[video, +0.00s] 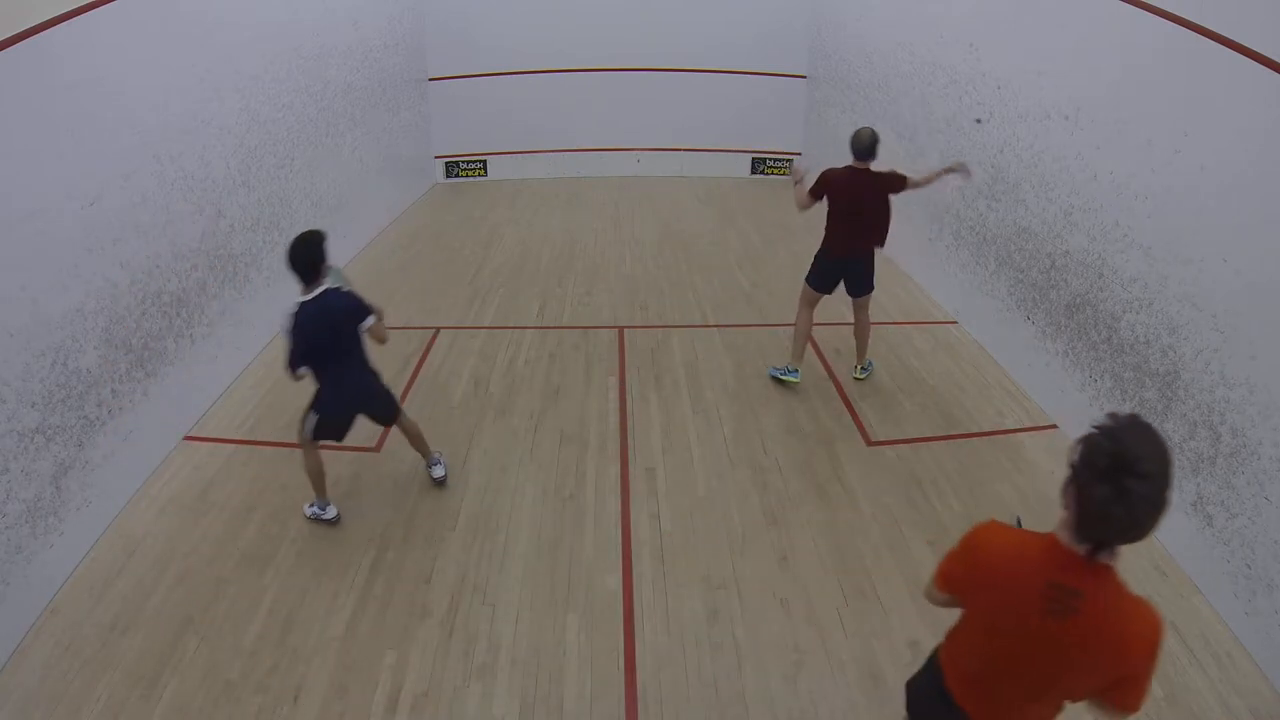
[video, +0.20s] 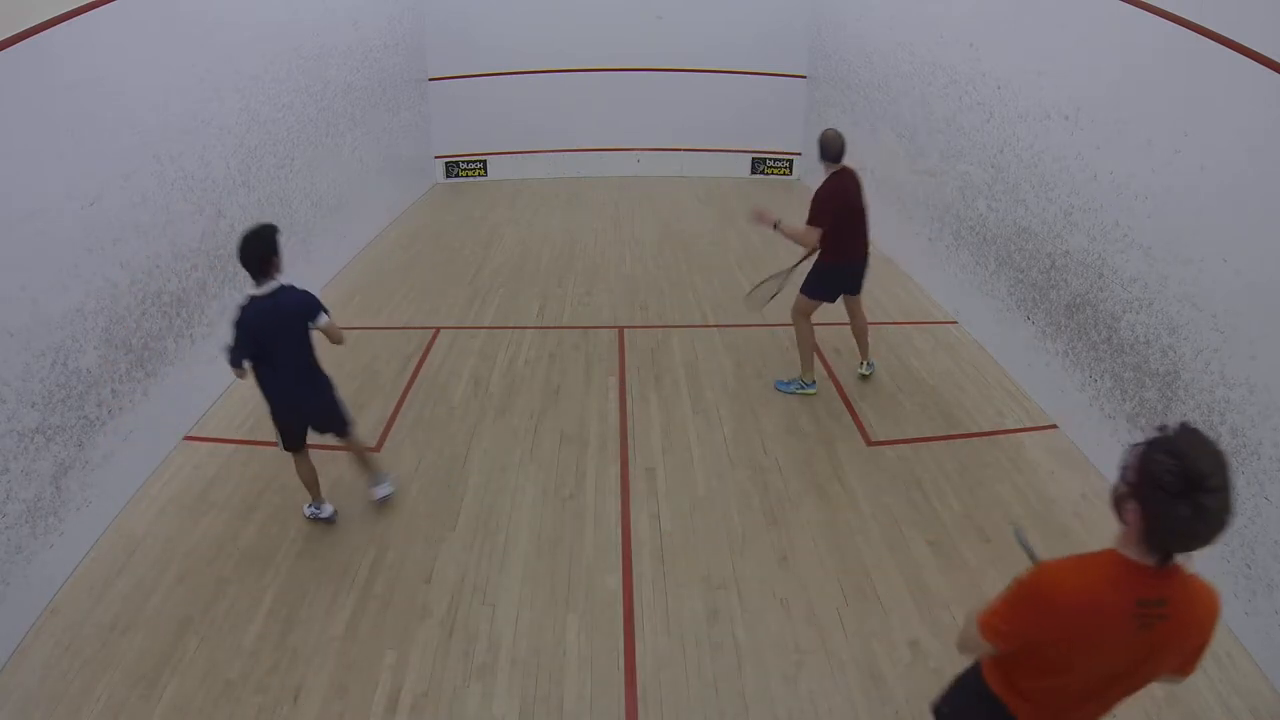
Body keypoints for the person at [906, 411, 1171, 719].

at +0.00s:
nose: (1066, 476)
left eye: (1071, 471)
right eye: (1072, 467)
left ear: (1070, 491)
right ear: (1145, 523)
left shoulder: (994, 547)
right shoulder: (1139, 629)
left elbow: (937, 593)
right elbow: (1114, 706)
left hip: (939, 697)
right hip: (1027, 716)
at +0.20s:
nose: (1119, 475)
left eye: (1126, 474)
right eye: (1127, 469)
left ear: (1132, 513)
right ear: (1197, 527)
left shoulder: (1059, 583)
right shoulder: (1200, 606)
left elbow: (970, 640)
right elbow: (1173, 672)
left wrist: (1024, 593)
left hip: (993, 700)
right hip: (1079, 713)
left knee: (950, 711)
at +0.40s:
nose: (1165, 463)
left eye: (1174, 468)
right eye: (1175, 459)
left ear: (1184, 517)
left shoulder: (1125, 593)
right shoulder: (1234, 579)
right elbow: (1232, 651)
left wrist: (1012, 666)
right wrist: (1155, 652)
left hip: (1061, 713)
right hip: (1132, 711)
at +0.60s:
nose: (1180, 475)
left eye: (1195, 481)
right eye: (1191, 465)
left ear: (1226, 528)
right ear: (1229, 530)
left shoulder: (1165, 604)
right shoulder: (1244, 577)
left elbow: (1127, 712)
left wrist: (1057, 716)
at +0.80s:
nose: (1191, 504)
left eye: (1211, 508)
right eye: (1201, 490)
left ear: (1251, 546)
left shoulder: (1198, 630)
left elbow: (1168, 711)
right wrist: (1100, 676)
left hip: (1077, 717)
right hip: (1079, 705)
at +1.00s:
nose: (1198, 522)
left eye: (1222, 525)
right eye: (1207, 503)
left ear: (1262, 555)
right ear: (1208, 488)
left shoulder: (1199, 637)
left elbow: (1170, 710)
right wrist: (1102, 679)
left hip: (1085, 715)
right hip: (1089, 704)